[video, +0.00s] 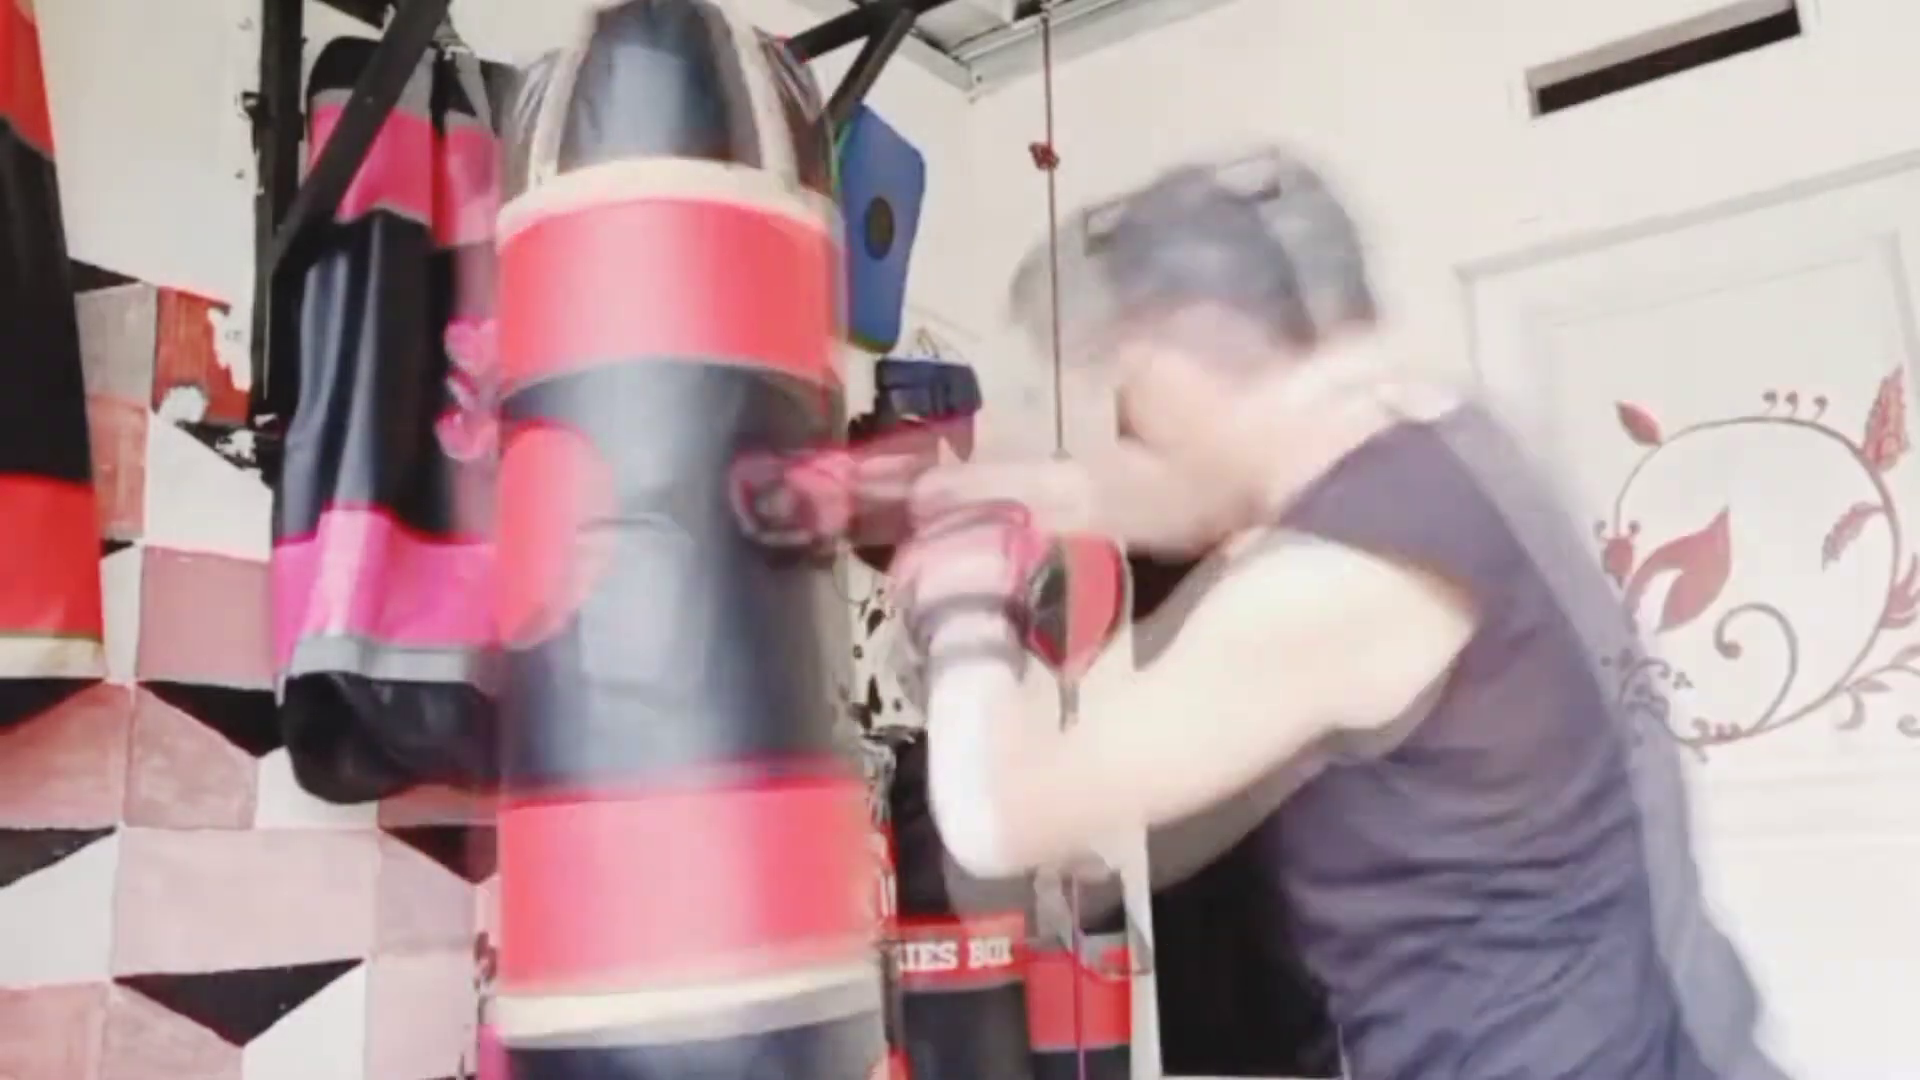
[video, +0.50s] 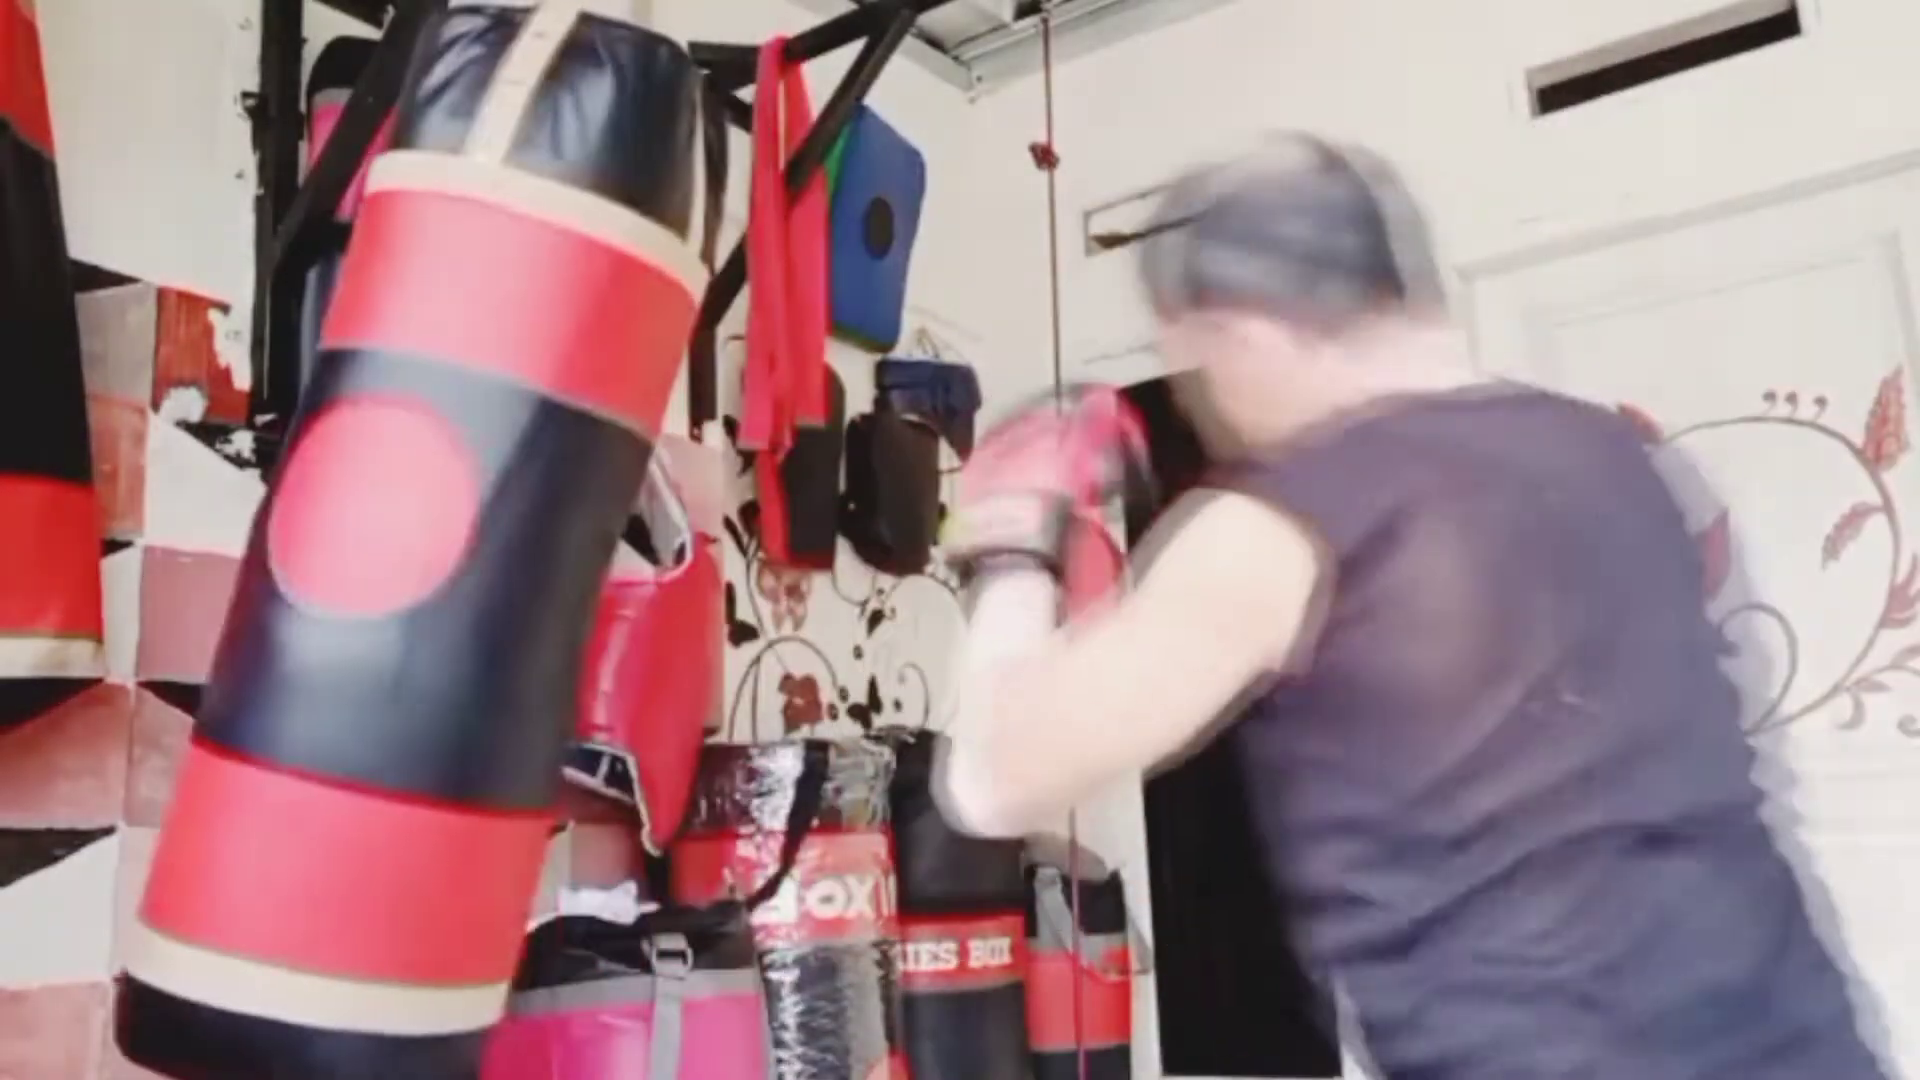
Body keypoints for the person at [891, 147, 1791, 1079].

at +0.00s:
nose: (1124, 430)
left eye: (1126, 385)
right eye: (1115, 395)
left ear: (1203, 337)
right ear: (1294, 319)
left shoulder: (1348, 561)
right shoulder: (1445, 453)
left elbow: (1005, 819)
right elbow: (1186, 500)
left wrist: (969, 605)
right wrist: (961, 485)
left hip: (1497, 1055)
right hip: (1604, 1026)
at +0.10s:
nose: (1064, 462)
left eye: (1057, 422)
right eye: (1044, 429)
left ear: (1131, 385)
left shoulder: (1321, 610)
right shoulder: (1361, 449)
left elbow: (1004, 883)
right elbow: (1152, 503)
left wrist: (964, 656)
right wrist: (882, 501)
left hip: (1451, 1059)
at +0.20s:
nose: (1048, 469)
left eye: (1040, 428)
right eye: (1028, 431)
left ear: (1118, 405)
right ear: (1244, 347)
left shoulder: (1298, 627)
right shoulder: (1346, 472)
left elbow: (973, 900)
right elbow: (1175, 553)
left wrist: (952, 649)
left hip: (1428, 1057)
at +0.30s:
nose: (1057, 474)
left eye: (1042, 420)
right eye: (1036, 425)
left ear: (1108, 387)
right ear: (1241, 332)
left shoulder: (1276, 588)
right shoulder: (1383, 481)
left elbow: (972, 871)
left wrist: (938, 646)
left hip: (1475, 1060)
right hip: (1613, 1035)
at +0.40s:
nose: (1082, 423)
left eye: (1080, 369)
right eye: (1071, 377)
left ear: (1145, 335)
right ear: (1289, 300)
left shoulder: (1252, 531)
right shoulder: (1490, 444)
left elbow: (951, 818)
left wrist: (960, 571)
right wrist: (1092, 580)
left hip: (1469, 1063)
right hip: (1715, 1048)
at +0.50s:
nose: (1199, 404)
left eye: (1190, 362)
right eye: (1184, 368)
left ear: (1252, 326)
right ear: (1386, 285)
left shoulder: (1288, 520)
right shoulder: (1607, 446)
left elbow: (1001, 776)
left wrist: (1011, 549)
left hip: (1524, 1055)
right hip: (1795, 1042)